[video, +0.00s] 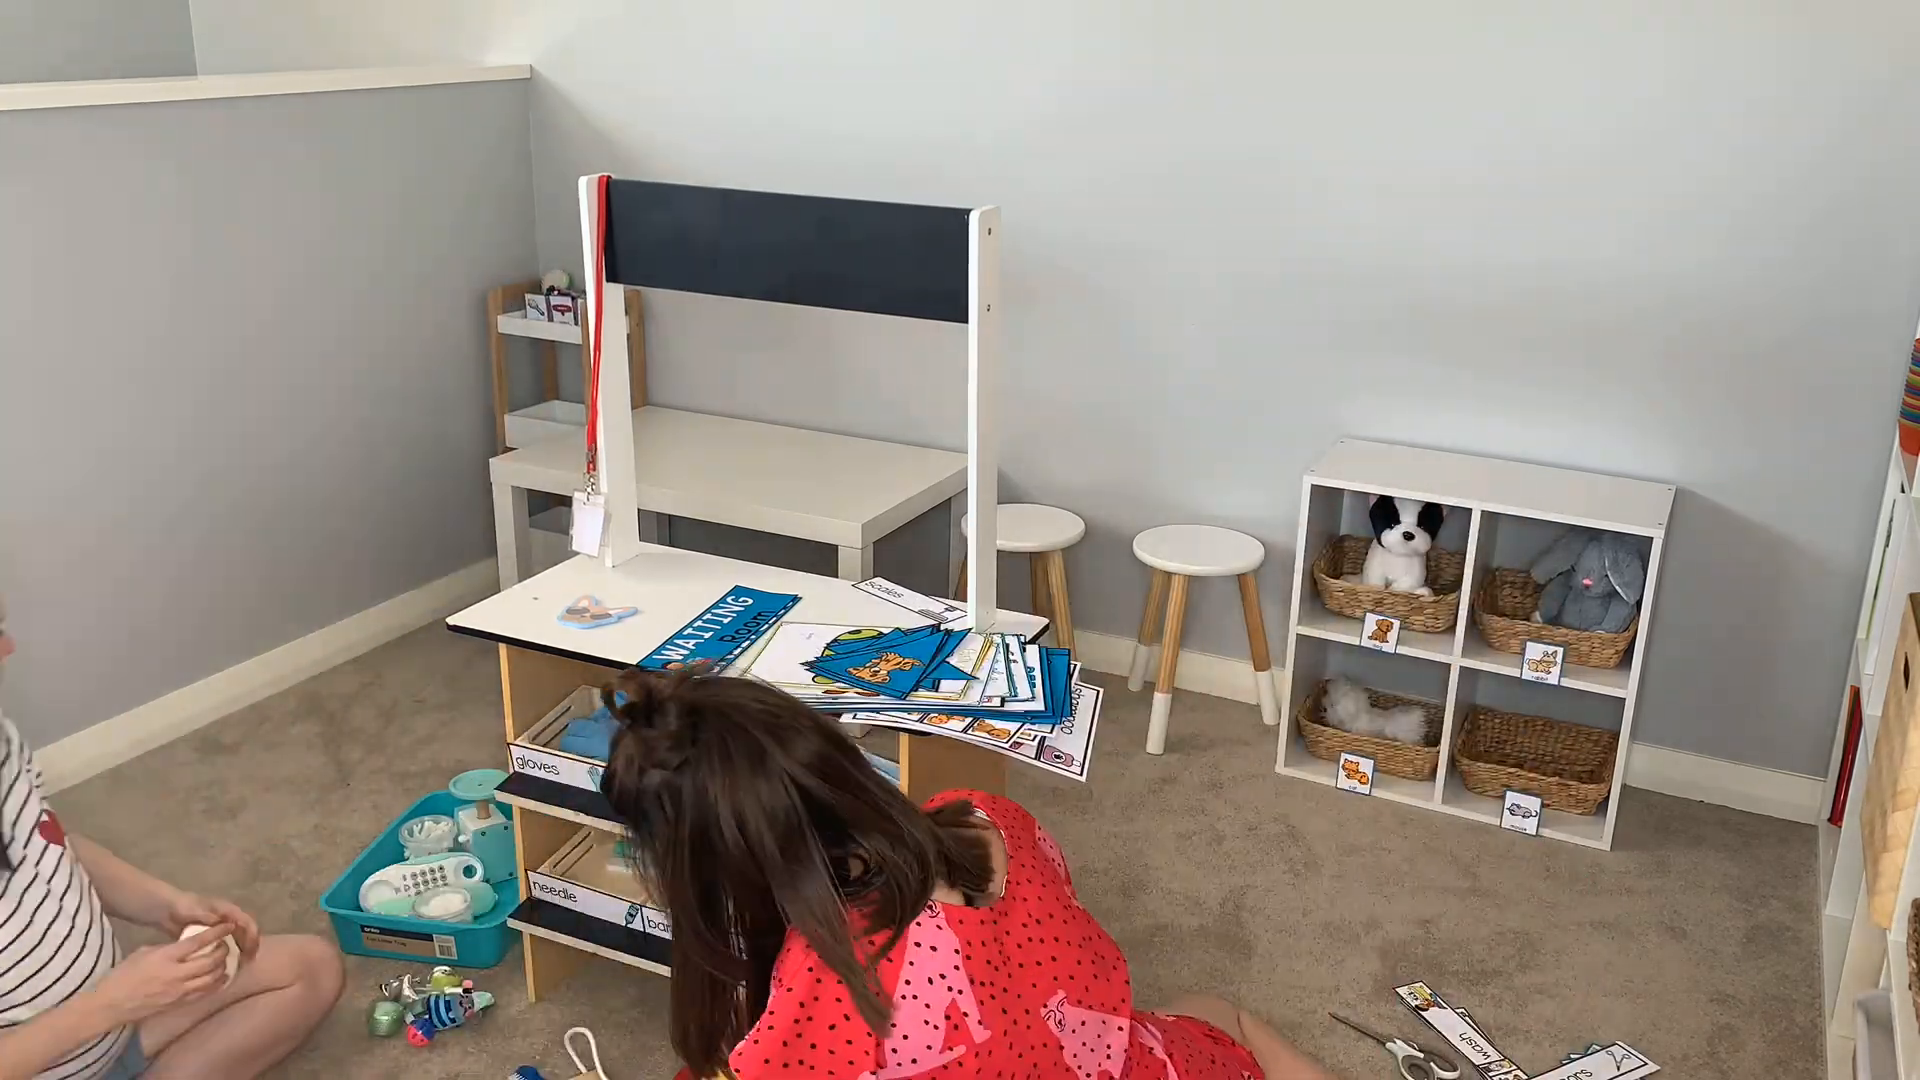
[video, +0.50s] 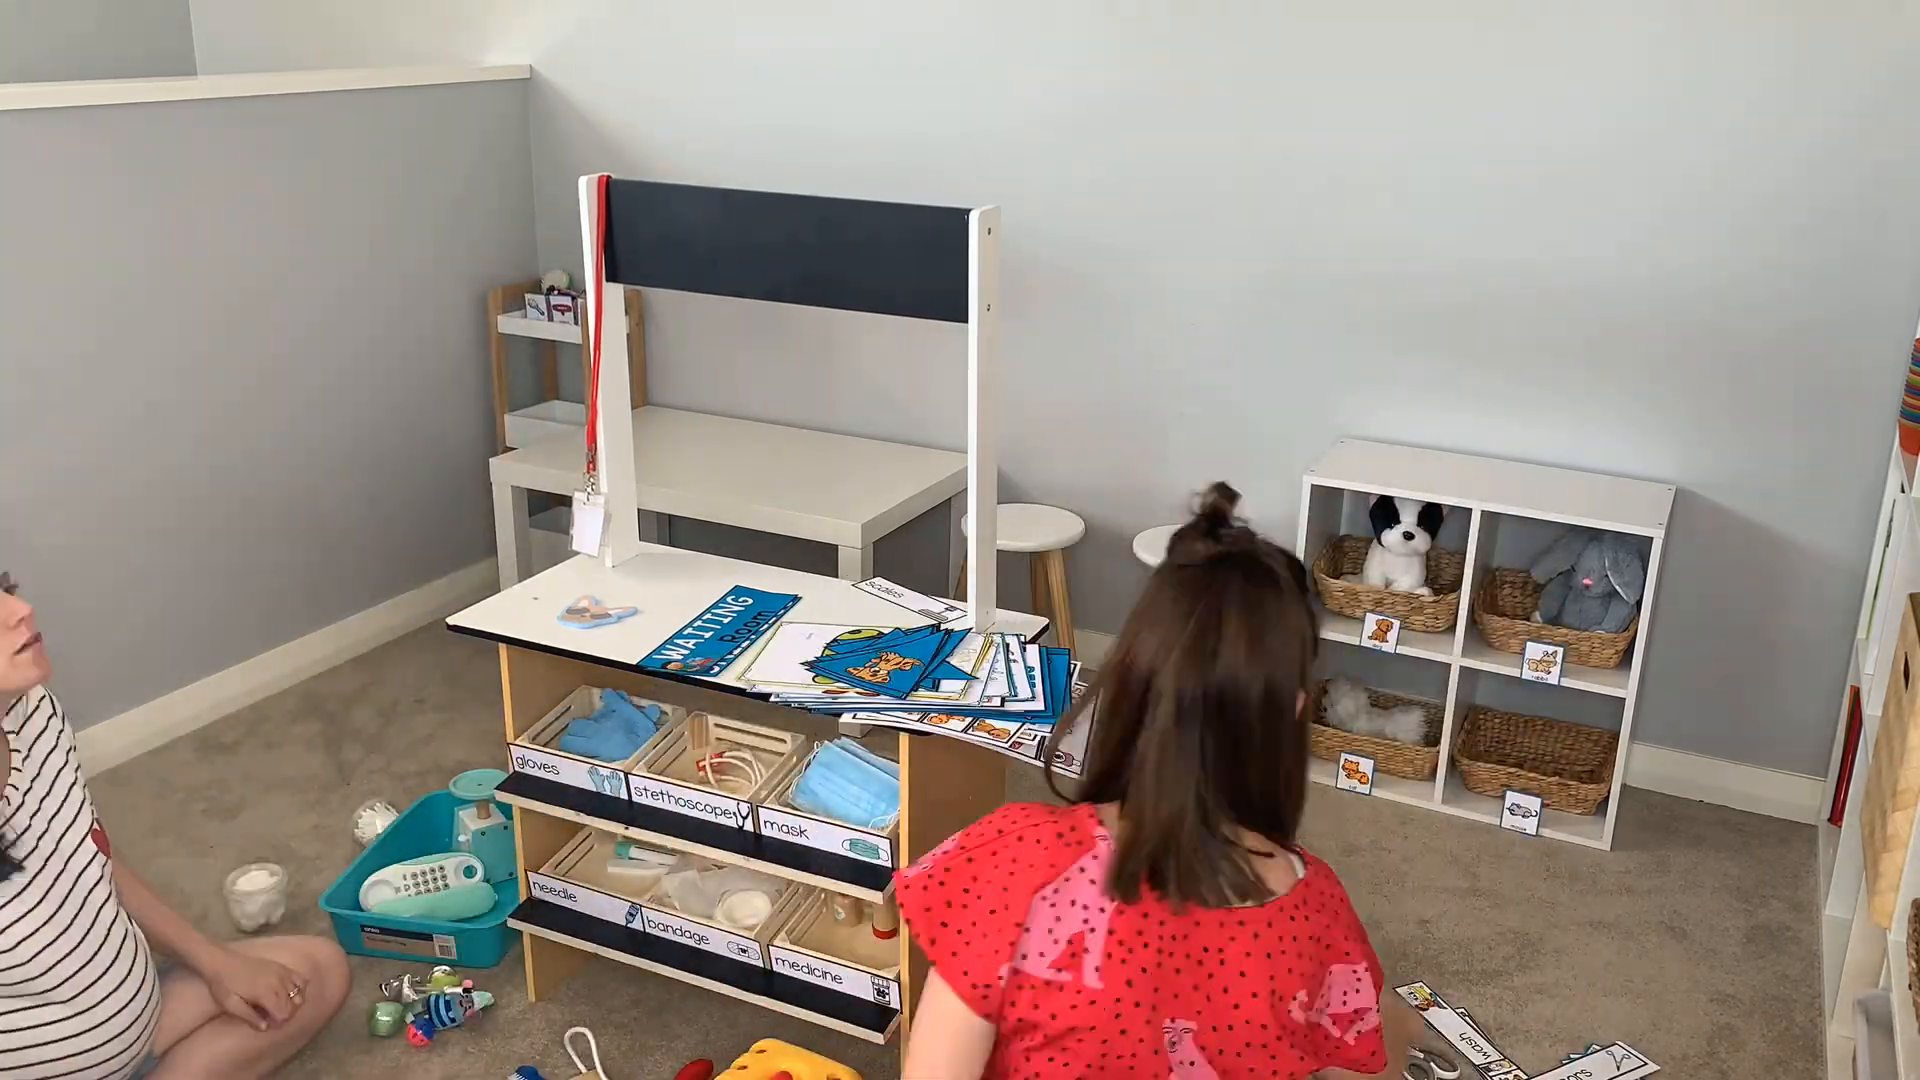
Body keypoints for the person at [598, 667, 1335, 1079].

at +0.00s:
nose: (653, 871)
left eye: (654, 851)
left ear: (701, 866)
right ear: (830, 746)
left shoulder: (786, 1055)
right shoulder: (987, 820)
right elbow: (1081, 950)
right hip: (1155, 1059)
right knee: (1225, 1023)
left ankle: (1222, 1023)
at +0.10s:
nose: (788, 821)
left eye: (799, 806)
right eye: (785, 798)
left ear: (871, 804)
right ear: (961, 733)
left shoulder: (876, 956)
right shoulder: (1096, 801)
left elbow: (811, 1068)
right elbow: (1186, 895)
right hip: (1180, 1061)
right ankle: (1259, 1035)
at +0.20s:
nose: (1428, 759)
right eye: (1431, 740)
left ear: (1290, 666)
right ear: (1416, 746)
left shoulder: (1148, 797)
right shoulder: (1392, 926)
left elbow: (947, 1023)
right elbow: (1385, 1066)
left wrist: (1033, 903)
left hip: (1052, 1069)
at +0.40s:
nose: (936, 714)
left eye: (958, 699)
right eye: (943, 689)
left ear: (1028, 722)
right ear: (1121, 697)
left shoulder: (973, 923)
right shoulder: (1242, 853)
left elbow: (893, 1065)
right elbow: (1309, 1056)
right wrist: (1220, 825)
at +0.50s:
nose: (1310, 705)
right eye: (1310, 688)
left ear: (1125, 678)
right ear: (1293, 710)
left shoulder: (1017, 858)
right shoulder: (1316, 903)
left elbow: (932, 1070)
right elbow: (1367, 1066)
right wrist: (1396, 1023)